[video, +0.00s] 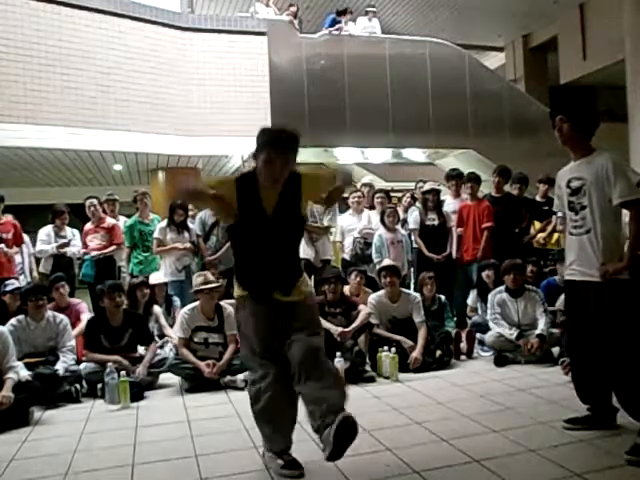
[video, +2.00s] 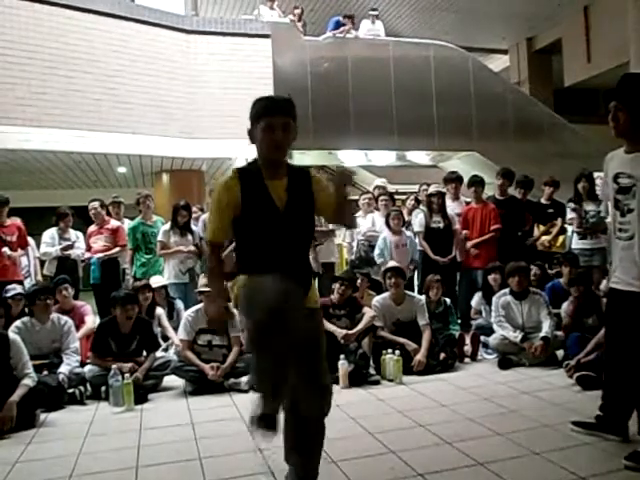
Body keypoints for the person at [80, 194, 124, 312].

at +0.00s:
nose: (92, 209)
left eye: (95, 206)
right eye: (89, 207)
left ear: (100, 207)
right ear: (87, 210)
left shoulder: (112, 224)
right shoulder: (87, 227)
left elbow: (118, 244)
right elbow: (84, 245)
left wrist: (101, 253)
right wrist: (84, 251)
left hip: (107, 259)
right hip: (91, 260)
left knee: (110, 291)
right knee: (94, 293)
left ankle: (112, 318)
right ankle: (98, 319)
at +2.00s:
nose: (93, 212)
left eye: (95, 209)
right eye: (91, 210)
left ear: (104, 209)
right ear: (89, 213)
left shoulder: (116, 226)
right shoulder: (90, 230)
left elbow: (122, 246)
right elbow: (88, 248)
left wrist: (104, 255)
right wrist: (87, 255)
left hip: (111, 261)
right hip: (95, 263)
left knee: (113, 294)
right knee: (99, 296)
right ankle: (104, 324)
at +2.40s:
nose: (96, 211)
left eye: (99, 208)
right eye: (93, 209)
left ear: (105, 209)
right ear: (90, 213)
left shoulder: (116, 226)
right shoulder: (90, 230)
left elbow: (122, 246)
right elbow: (89, 248)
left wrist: (104, 255)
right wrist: (87, 256)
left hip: (111, 262)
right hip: (95, 264)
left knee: (114, 295)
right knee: (100, 299)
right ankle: (104, 326)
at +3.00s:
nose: (96, 212)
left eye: (98, 208)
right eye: (93, 210)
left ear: (104, 210)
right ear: (90, 213)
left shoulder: (116, 226)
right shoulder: (91, 230)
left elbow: (122, 247)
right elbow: (89, 249)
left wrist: (105, 256)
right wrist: (87, 256)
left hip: (111, 262)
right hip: (96, 264)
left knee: (113, 294)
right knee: (100, 298)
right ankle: (104, 324)